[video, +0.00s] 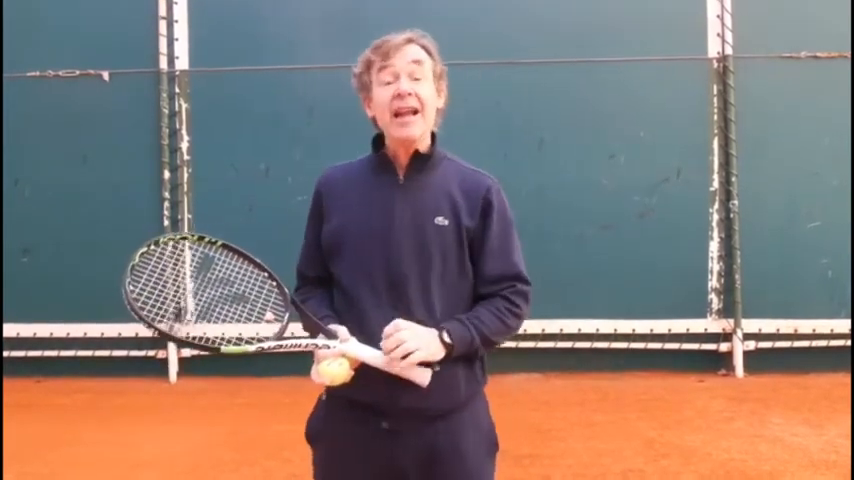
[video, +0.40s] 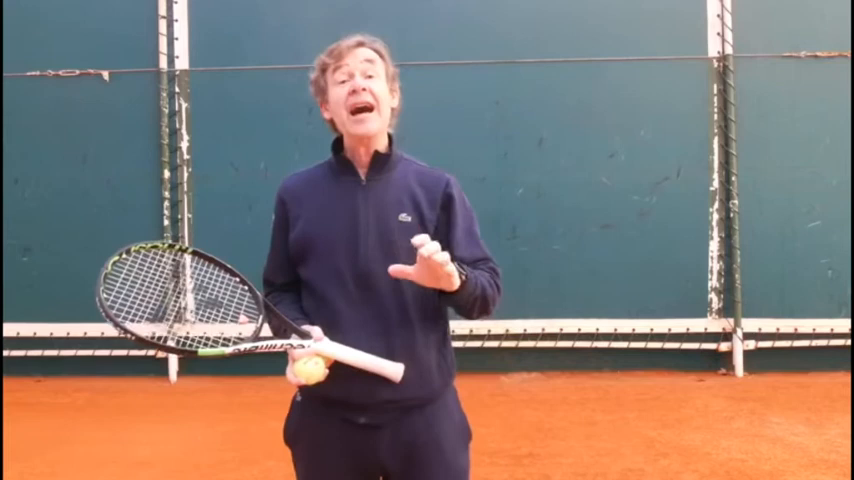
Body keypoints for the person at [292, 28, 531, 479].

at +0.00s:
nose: (403, 89)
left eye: (416, 76)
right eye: (388, 79)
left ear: (439, 95)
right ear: (369, 103)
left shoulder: (479, 193)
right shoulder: (335, 188)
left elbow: (510, 298)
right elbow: (310, 288)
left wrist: (444, 338)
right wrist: (332, 334)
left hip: (451, 428)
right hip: (352, 425)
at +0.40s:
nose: (358, 83)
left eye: (370, 73)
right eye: (343, 77)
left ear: (393, 96)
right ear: (327, 107)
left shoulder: (438, 190)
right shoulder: (296, 196)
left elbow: (486, 292)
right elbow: (279, 291)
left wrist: (451, 280)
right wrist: (302, 338)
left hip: (425, 417)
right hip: (328, 418)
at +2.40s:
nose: (396, 100)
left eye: (409, 86)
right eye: (382, 89)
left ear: (432, 102)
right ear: (363, 108)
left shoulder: (467, 198)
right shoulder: (324, 198)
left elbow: (500, 292)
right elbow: (299, 299)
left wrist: (467, 339)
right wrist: (349, 336)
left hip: (457, 428)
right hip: (358, 429)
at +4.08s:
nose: (405, 87)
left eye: (420, 77)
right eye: (392, 79)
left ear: (443, 100)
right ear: (374, 105)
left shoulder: (478, 197)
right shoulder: (331, 195)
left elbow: (525, 282)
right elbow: (302, 299)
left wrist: (509, 299)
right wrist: (333, 338)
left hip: (458, 430)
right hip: (359, 427)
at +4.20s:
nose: (398, 93)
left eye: (412, 81)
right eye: (384, 83)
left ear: (434, 101)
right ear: (365, 107)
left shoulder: (470, 196)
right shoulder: (324, 196)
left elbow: (527, 289)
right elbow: (295, 297)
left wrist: (481, 275)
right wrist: (325, 337)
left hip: (450, 427)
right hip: (352, 424)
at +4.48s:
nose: (381, 106)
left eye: (394, 92)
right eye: (367, 93)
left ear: (415, 106)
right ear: (346, 109)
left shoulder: (446, 192)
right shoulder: (306, 197)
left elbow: (513, 283)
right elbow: (282, 293)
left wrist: (505, 223)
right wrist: (302, 335)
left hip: (434, 423)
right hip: (338, 423)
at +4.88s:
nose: (365, 103)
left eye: (378, 90)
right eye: (350, 91)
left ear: (400, 102)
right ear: (332, 108)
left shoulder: (437, 195)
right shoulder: (293, 198)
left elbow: (491, 294)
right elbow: (269, 289)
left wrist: (502, 269)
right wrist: (288, 335)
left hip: (425, 421)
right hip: (328, 422)